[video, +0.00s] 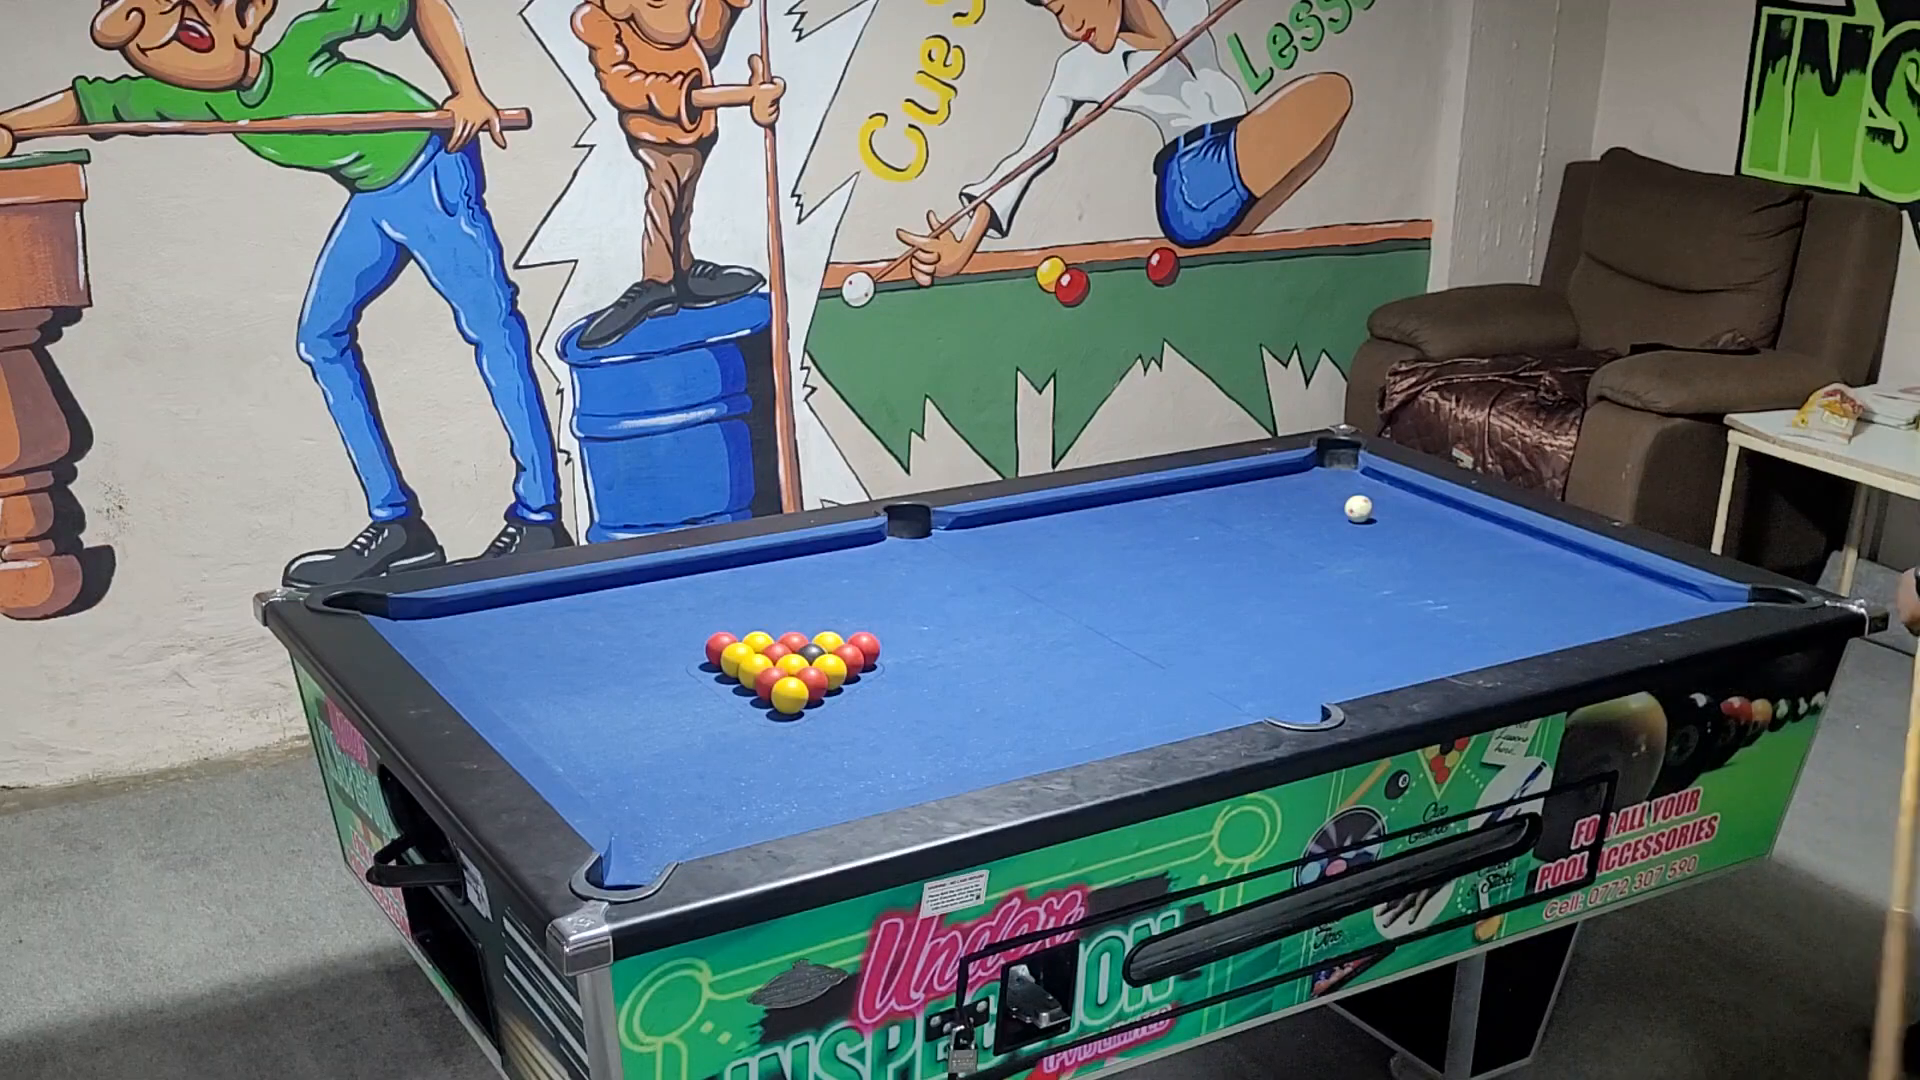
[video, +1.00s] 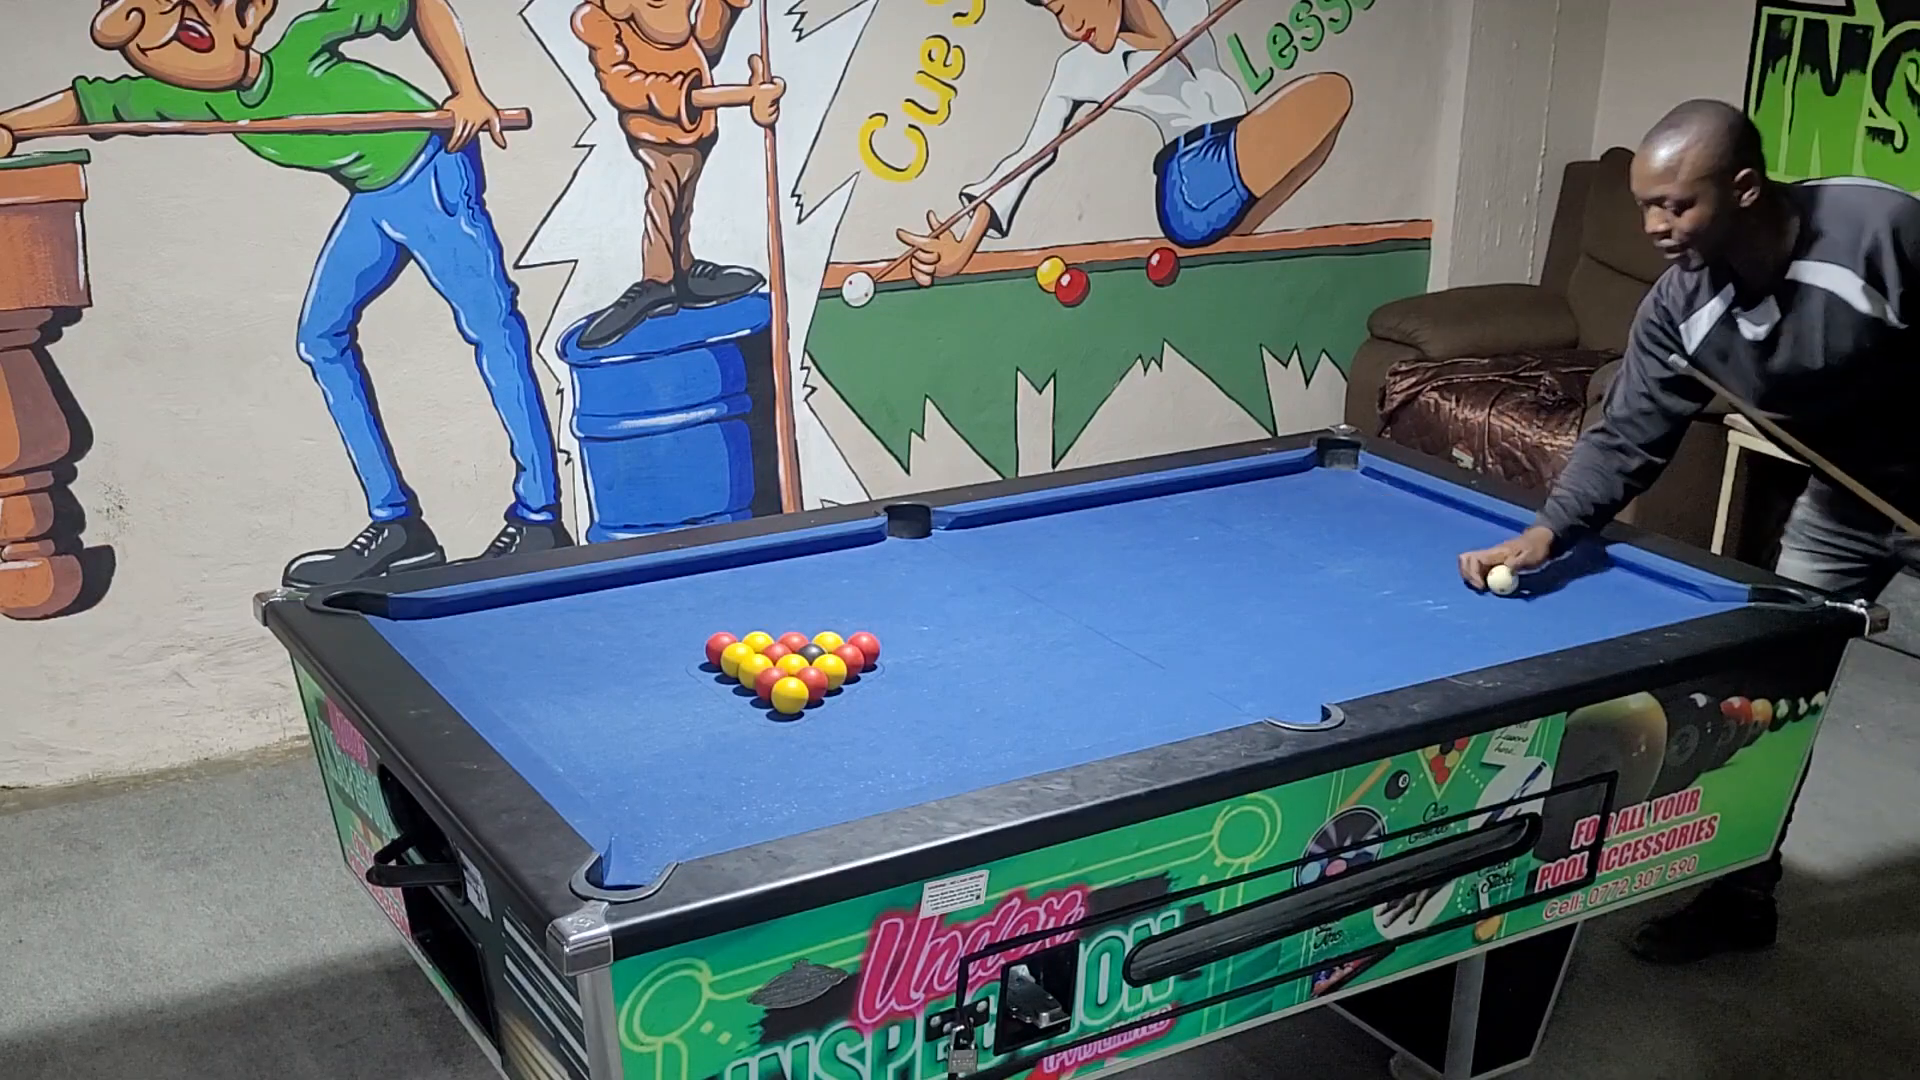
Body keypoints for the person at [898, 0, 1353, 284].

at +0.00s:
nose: (1070, 24)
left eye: (1071, 5)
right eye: (1057, 15)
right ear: (1055, 18)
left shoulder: (1175, 9)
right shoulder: (1077, 69)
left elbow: (1198, 57)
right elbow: (1028, 157)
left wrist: (1139, 13)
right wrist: (964, 245)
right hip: (1194, 182)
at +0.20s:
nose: (1070, 23)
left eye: (1072, 4)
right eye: (1056, 15)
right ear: (1055, 18)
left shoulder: (1175, 9)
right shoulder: (1076, 69)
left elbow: (1196, 56)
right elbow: (1029, 156)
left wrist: (1136, 10)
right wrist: (964, 244)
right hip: (1196, 179)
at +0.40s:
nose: (1070, 23)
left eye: (1072, 4)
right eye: (1056, 15)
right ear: (1055, 18)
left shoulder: (1175, 9)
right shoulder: (1076, 69)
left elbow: (1196, 56)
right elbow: (1029, 156)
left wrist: (1137, 11)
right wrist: (964, 244)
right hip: (1194, 181)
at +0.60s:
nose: (1070, 22)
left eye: (1072, 3)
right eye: (1057, 14)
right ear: (1055, 18)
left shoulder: (1174, 9)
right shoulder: (1076, 69)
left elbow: (1195, 55)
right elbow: (1028, 156)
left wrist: (1137, 11)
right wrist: (964, 245)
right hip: (1194, 179)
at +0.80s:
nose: (1069, 23)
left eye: (1070, 4)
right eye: (1056, 15)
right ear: (1055, 18)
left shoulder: (1176, 10)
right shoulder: (1076, 69)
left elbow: (1198, 55)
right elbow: (1029, 155)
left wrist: (1138, 12)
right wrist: (964, 245)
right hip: (1191, 184)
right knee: (1330, 91)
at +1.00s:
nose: (1069, 23)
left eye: (1071, 4)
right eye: (1056, 15)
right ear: (1055, 18)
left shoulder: (1176, 10)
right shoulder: (1076, 69)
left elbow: (1197, 55)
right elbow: (1029, 155)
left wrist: (1139, 12)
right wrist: (964, 244)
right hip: (1191, 184)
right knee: (1330, 91)